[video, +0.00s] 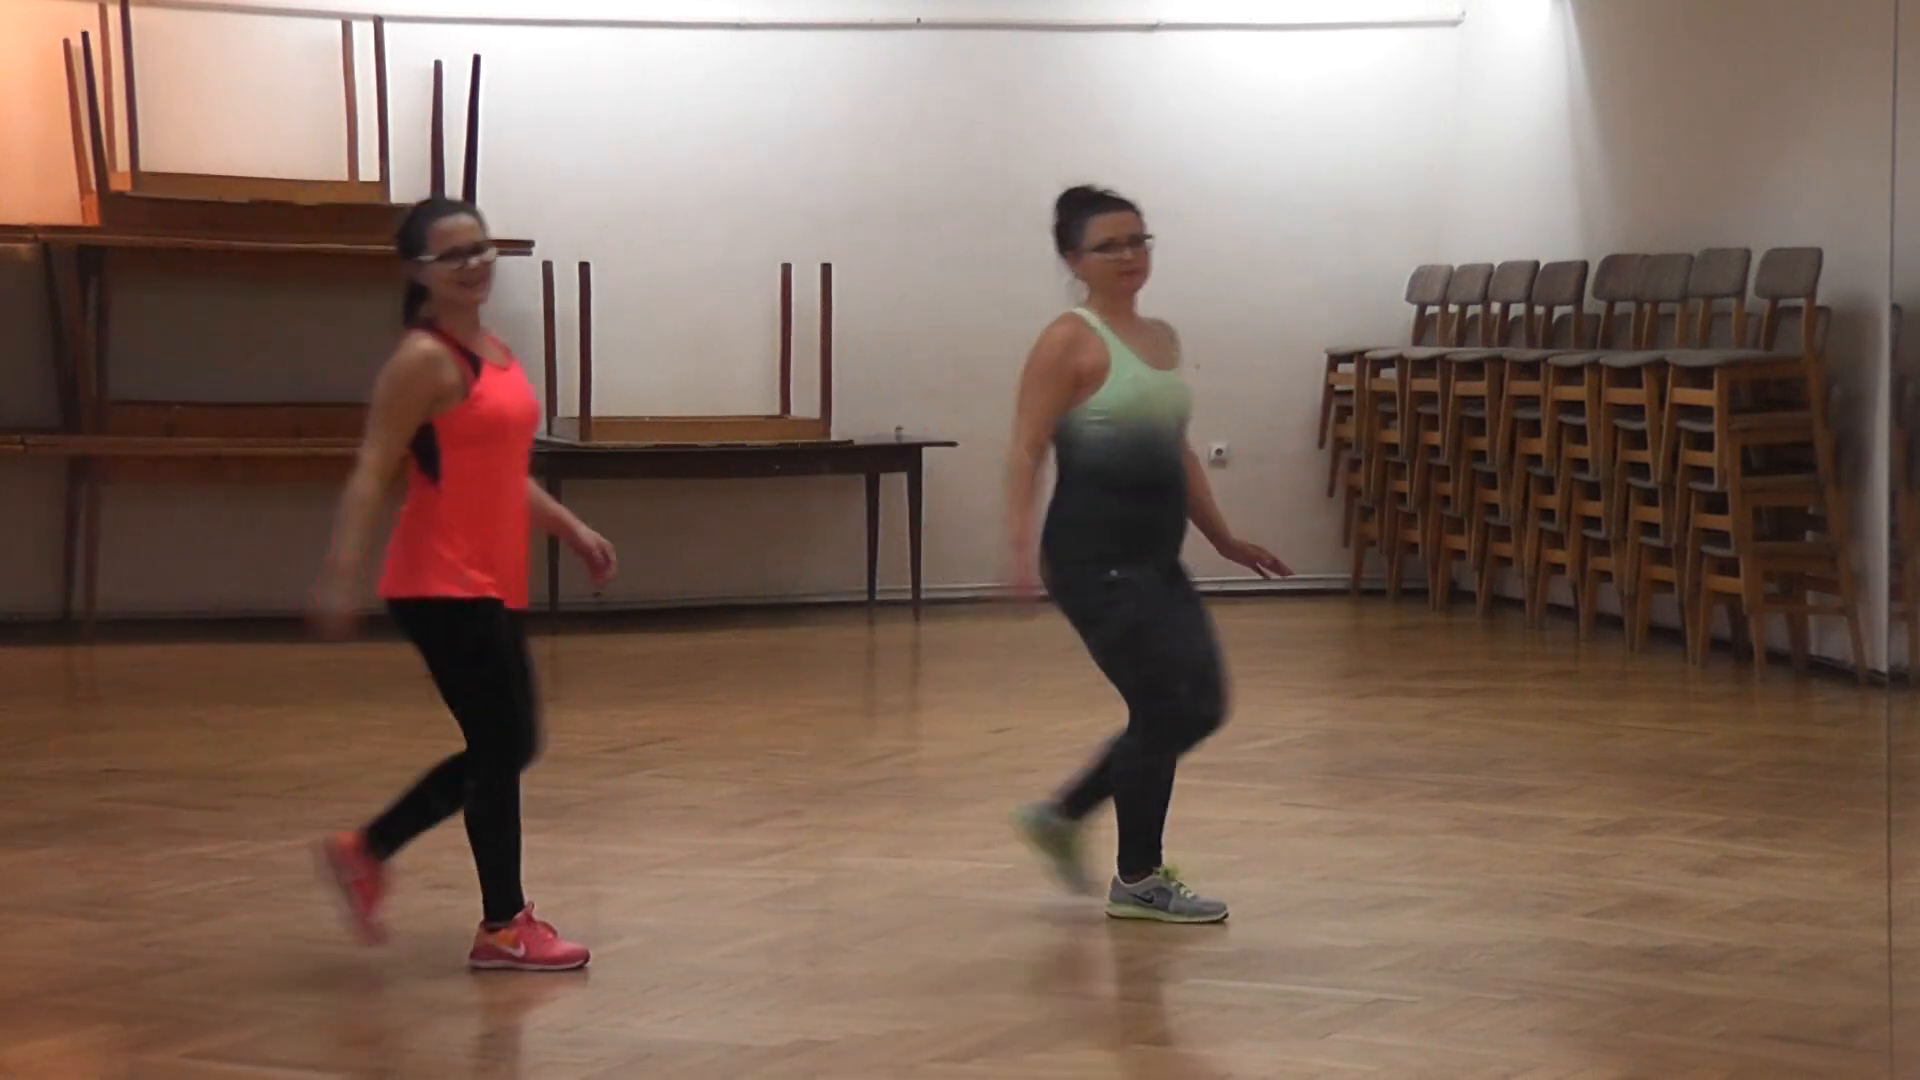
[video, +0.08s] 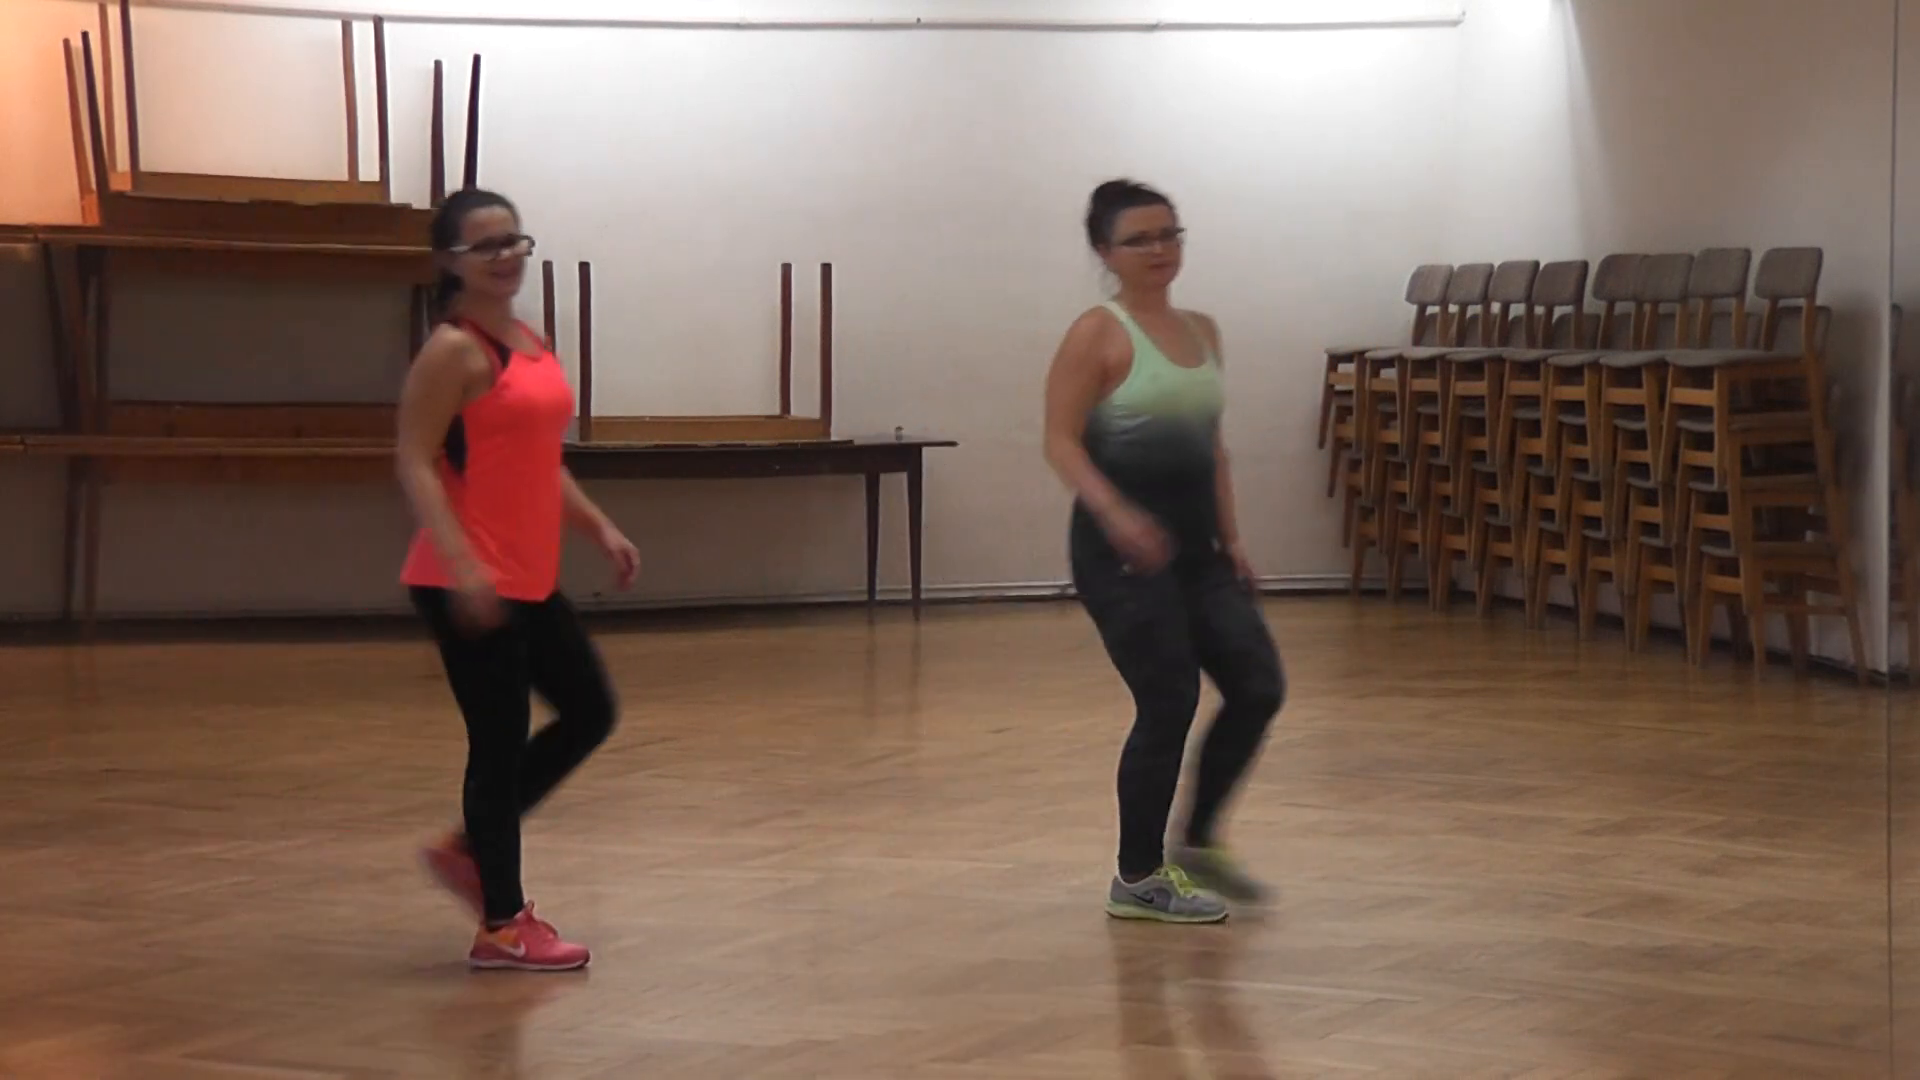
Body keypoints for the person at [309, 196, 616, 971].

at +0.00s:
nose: (475, 265)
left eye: (482, 250)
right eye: (455, 256)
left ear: (494, 257)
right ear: (420, 273)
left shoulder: (495, 349)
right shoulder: (421, 360)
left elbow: (501, 472)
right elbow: (373, 472)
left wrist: (572, 529)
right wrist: (343, 569)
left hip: (491, 582)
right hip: (438, 584)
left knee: (504, 742)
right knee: (502, 740)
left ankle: (366, 848)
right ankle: (504, 923)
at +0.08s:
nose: (507, 256)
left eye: (514, 242)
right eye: (488, 247)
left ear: (525, 249)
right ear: (450, 263)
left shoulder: (528, 339)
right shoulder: (451, 351)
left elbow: (536, 458)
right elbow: (413, 463)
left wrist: (599, 525)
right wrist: (462, 561)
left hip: (528, 581)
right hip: (466, 583)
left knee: (591, 714)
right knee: (499, 744)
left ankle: (470, 844)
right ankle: (504, 923)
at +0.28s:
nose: (588, 260)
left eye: (596, 247)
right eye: (569, 250)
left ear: (611, 257)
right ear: (533, 265)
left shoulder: (635, 357)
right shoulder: (514, 358)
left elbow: (658, 465)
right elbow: (487, 469)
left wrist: (694, 554)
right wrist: (605, 449)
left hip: (617, 586)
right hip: (531, 587)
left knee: (669, 730)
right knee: (545, 737)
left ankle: (699, 900)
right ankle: (506, 923)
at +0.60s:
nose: (676, 251)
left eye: (686, 239)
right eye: (658, 239)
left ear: (698, 247)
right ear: (622, 249)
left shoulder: (726, 344)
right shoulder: (590, 347)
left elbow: (761, 453)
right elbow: (558, 452)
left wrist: (785, 549)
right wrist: (628, 442)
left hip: (723, 574)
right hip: (628, 581)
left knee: (725, 736)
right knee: (652, 740)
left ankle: (722, 891)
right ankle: (691, 848)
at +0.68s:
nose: (684, 265)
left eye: (695, 253)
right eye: (666, 253)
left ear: (707, 261)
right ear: (632, 261)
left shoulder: (733, 355)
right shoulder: (596, 358)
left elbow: (769, 460)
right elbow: (565, 461)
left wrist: (797, 554)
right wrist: (629, 472)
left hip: (734, 576)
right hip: (644, 586)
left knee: (750, 731)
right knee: (685, 736)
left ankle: (747, 880)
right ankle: (718, 862)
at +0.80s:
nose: (689, 283)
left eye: (701, 270)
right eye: (673, 271)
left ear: (717, 277)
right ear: (641, 278)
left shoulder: (741, 374)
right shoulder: (608, 375)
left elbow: (782, 480)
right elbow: (585, 478)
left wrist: (814, 571)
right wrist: (611, 549)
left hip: (743, 592)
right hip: (654, 599)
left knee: (757, 736)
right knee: (692, 743)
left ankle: (763, 873)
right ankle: (722, 866)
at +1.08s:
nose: (680, 262)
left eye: (695, 252)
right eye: (665, 248)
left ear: (708, 262)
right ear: (632, 254)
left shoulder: (734, 352)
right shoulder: (608, 349)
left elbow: (795, 453)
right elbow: (593, 439)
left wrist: (816, 555)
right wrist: (558, 521)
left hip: (727, 571)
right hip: (631, 567)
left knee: (741, 729)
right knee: (589, 708)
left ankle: (764, 879)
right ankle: (623, 871)